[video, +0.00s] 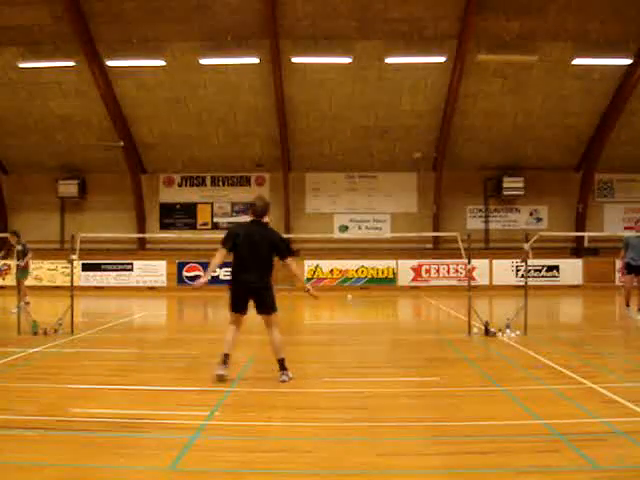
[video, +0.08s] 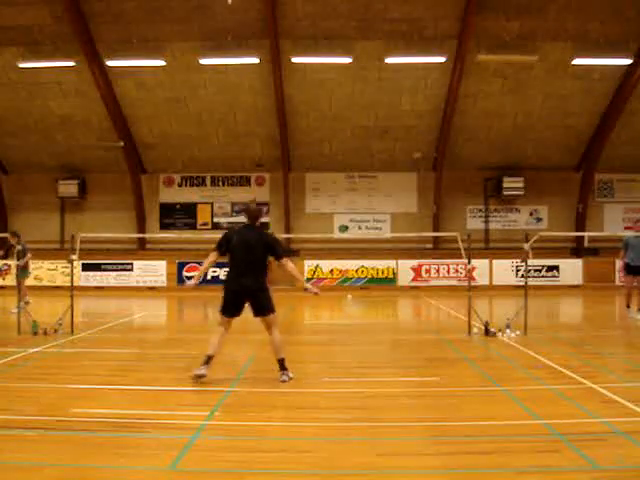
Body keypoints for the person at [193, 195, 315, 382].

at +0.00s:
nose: (267, 215)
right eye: (268, 213)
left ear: (250, 212)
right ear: (267, 214)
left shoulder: (236, 231)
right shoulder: (273, 235)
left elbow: (220, 254)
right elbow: (290, 263)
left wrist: (207, 275)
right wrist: (305, 285)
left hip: (239, 285)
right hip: (262, 286)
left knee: (234, 323)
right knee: (272, 326)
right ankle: (283, 369)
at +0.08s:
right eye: (260, 215)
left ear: (245, 217)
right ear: (260, 218)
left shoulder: (232, 235)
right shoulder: (266, 237)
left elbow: (213, 256)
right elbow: (286, 263)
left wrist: (197, 276)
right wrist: (304, 283)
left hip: (234, 287)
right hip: (258, 287)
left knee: (223, 326)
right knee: (272, 327)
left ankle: (205, 365)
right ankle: (283, 370)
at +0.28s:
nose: (246, 227)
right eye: (245, 225)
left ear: (227, 225)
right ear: (242, 226)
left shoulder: (213, 244)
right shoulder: (246, 244)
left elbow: (190, 268)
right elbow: (262, 264)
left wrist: (182, 285)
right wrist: (282, 282)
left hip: (212, 292)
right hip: (236, 293)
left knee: (196, 333)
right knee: (257, 331)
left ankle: (181, 374)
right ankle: (281, 369)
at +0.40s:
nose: (234, 231)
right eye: (233, 228)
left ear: (215, 230)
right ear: (231, 230)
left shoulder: (204, 247)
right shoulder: (234, 248)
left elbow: (182, 270)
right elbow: (247, 272)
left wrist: (181, 288)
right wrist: (260, 290)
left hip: (199, 289)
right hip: (224, 290)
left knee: (179, 325)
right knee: (247, 329)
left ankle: (170, 363)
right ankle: (267, 370)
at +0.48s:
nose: (222, 240)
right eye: (222, 238)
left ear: (208, 239)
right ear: (223, 240)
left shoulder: (195, 257)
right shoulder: (227, 259)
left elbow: (179, 282)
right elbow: (244, 284)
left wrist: (181, 297)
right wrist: (253, 304)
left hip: (192, 297)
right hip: (217, 299)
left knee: (168, 330)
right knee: (241, 334)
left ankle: (147, 370)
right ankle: (255, 375)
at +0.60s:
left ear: (197, 255)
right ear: (213, 256)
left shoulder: (186, 272)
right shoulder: (218, 275)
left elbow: (168, 298)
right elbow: (239, 301)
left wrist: (160, 318)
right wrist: (239, 319)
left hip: (184, 310)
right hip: (208, 312)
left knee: (158, 336)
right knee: (237, 338)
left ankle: (141, 374)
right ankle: (254, 377)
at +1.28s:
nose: (209, 239)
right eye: (210, 237)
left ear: (194, 240)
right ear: (210, 240)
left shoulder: (183, 260)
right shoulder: (216, 261)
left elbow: (172, 290)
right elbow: (223, 287)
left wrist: (180, 304)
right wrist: (239, 304)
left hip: (186, 308)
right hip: (212, 309)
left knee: (163, 337)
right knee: (238, 340)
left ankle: (147, 374)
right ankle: (260, 376)